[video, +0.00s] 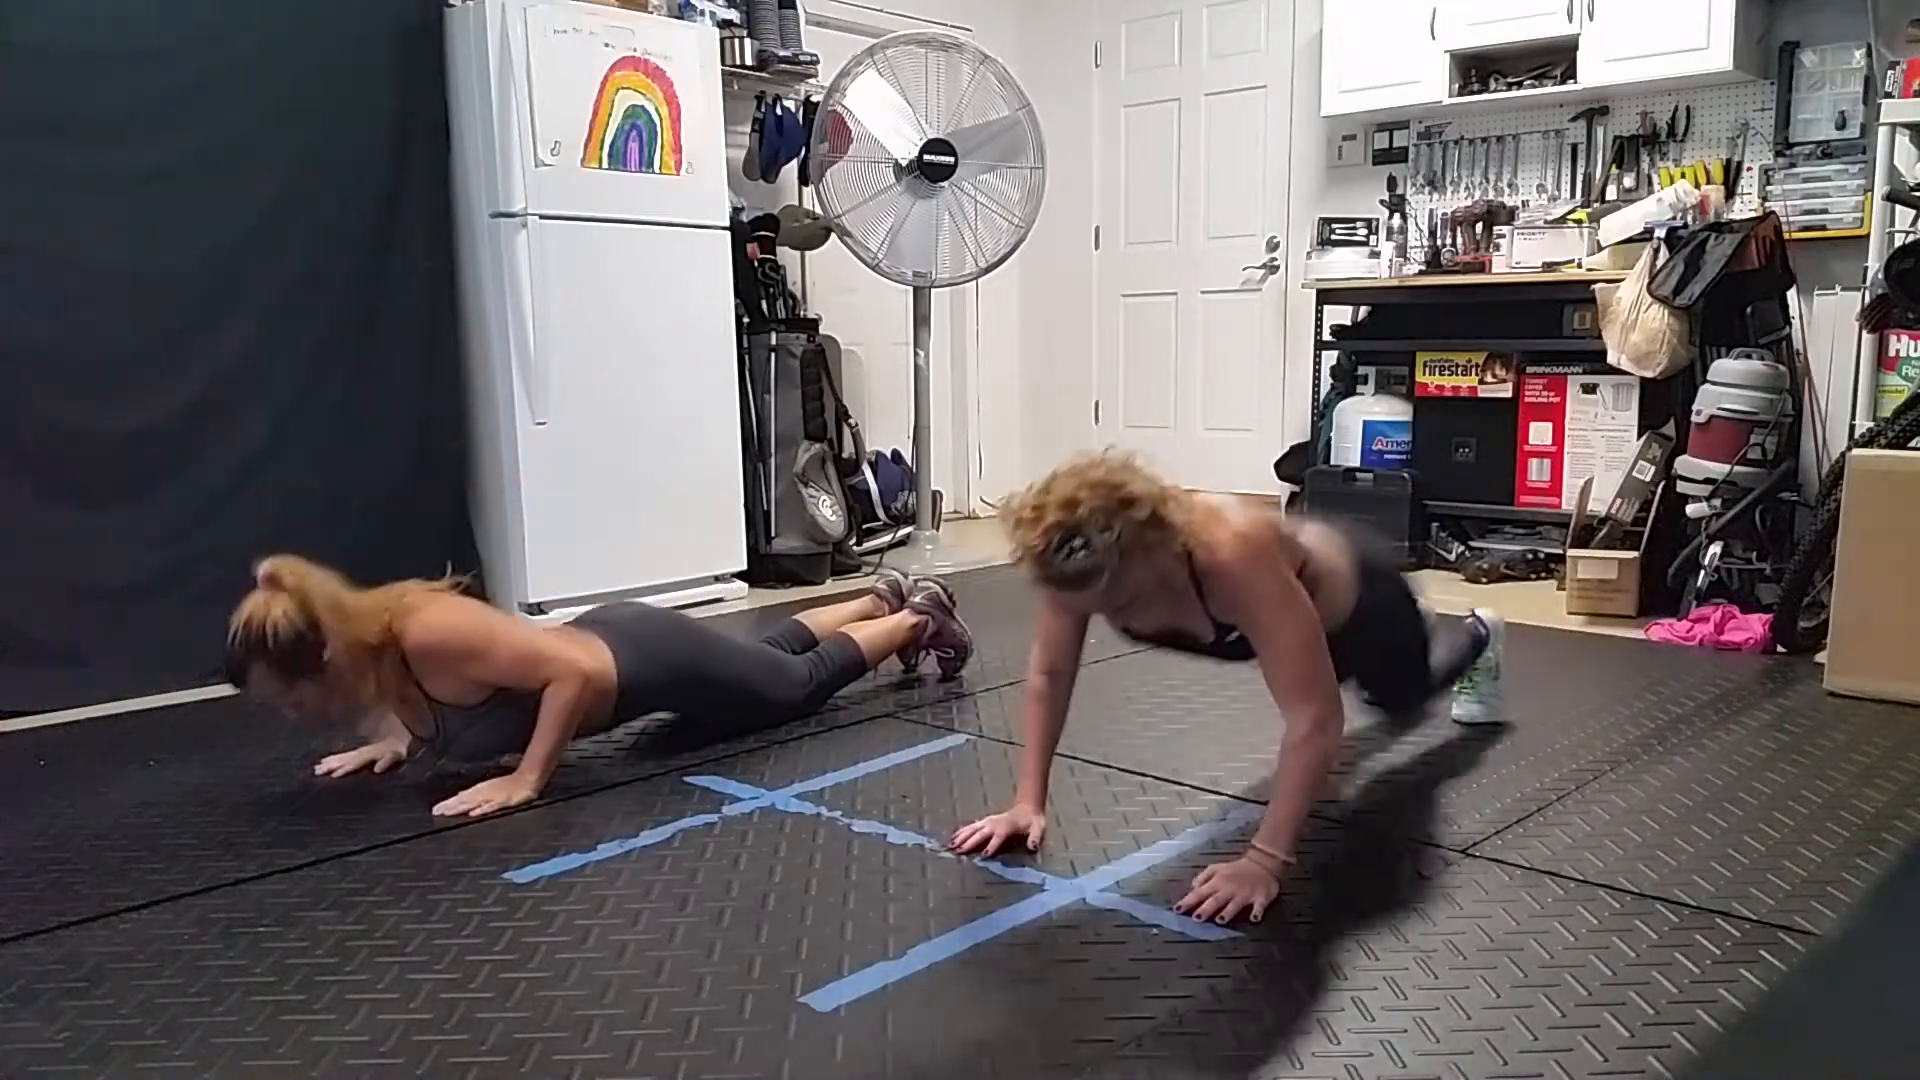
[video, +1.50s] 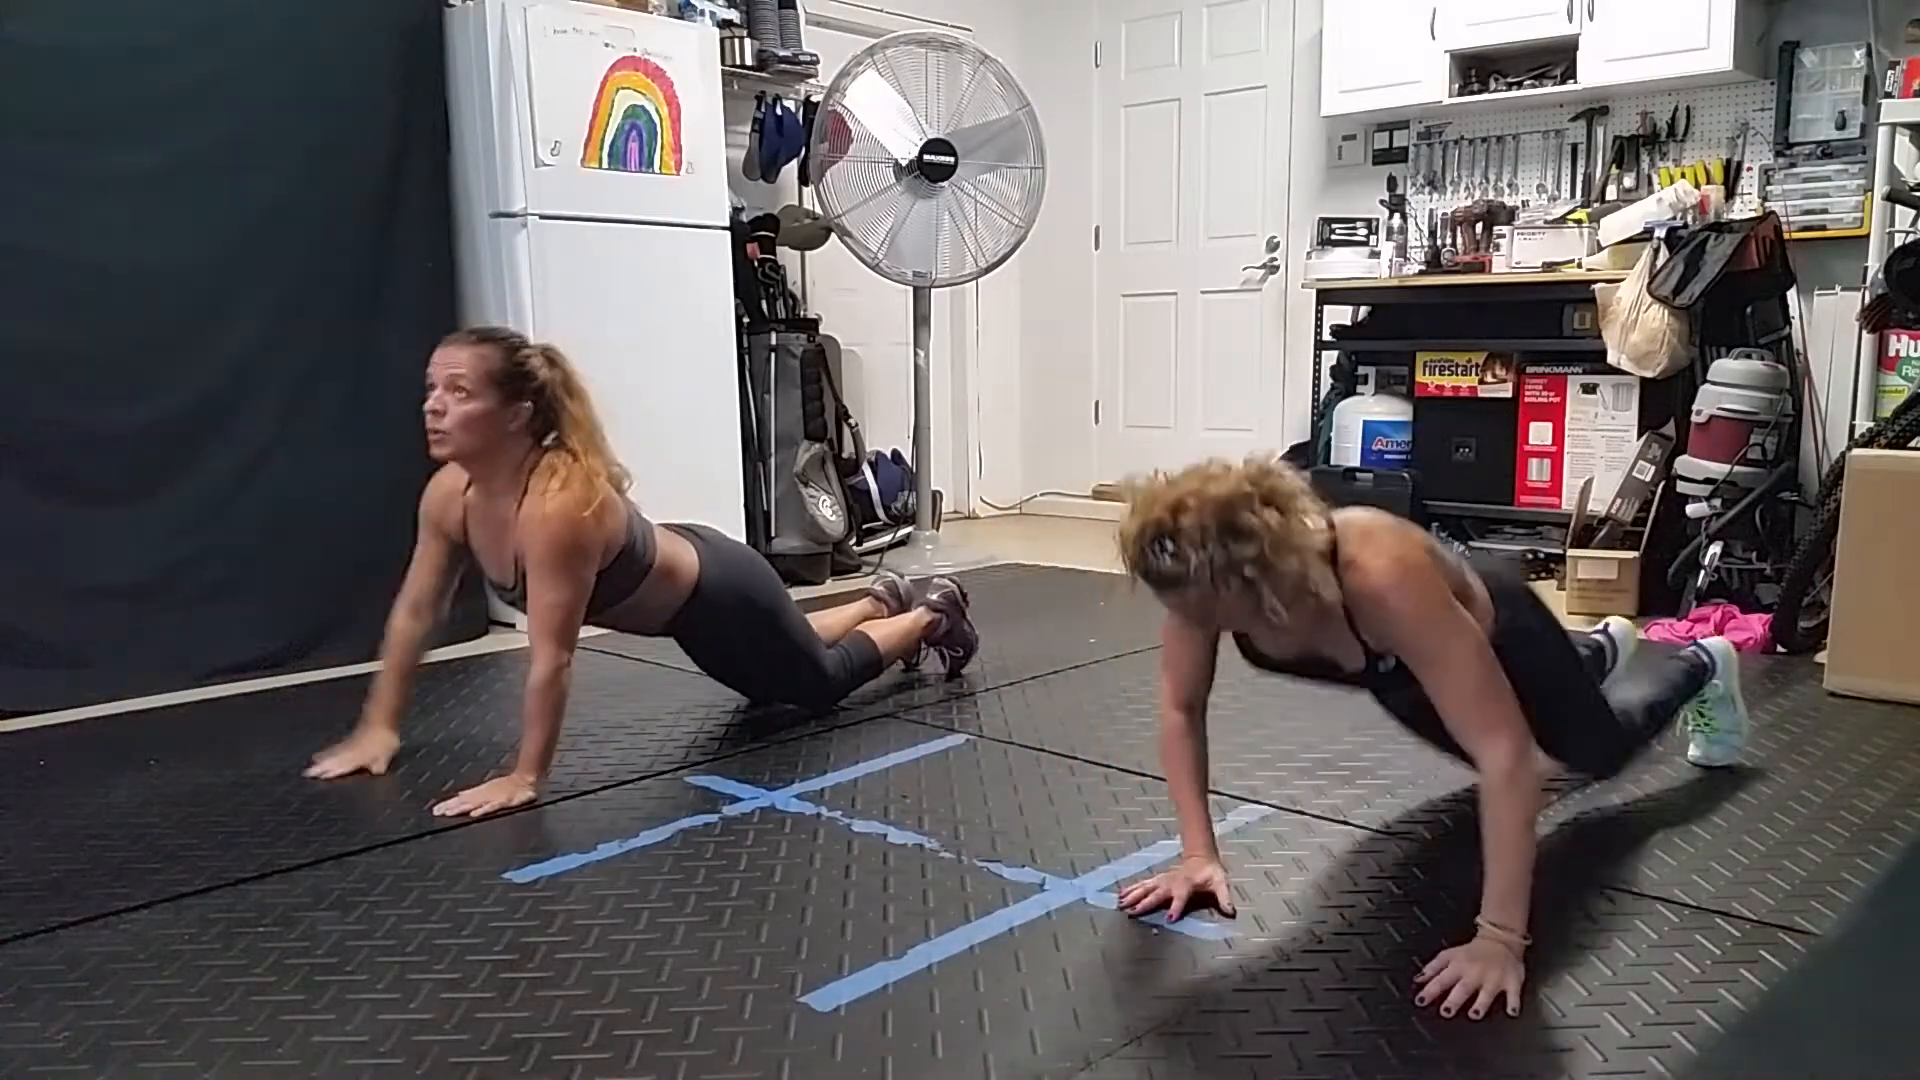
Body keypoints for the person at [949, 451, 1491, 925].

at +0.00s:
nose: (1096, 616)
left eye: (1106, 599)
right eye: (1083, 602)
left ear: (1139, 556)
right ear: (1065, 574)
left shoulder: (1234, 550)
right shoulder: (1077, 558)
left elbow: (1316, 722)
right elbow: (1049, 674)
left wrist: (1264, 858)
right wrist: (1026, 801)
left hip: (1353, 599)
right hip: (1272, 609)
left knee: (1407, 688)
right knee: (1351, 660)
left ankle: (1476, 634)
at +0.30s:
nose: (1187, 591)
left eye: (1198, 573)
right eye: (1175, 573)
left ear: (1246, 540)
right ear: (1169, 534)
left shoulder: (1343, 516)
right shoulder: (1192, 512)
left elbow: (1430, 700)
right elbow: (1160, 655)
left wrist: (1423, 872)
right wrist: (1152, 805)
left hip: (1454, 412)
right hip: (1359, 402)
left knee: (1540, 546)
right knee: (1465, 552)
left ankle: (1621, 634)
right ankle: (1538, 604)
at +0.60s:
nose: (1245, 851)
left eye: (1251, 836)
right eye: (1227, 843)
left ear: (1281, 788)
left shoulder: (1406, 728)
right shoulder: (1248, 695)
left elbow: (1570, 781)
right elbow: (1211, 745)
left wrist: (1506, 937)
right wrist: (1201, 851)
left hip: (1546, 684)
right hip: (1456, 650)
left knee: (1629, 682)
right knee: (1560, 654)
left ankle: (1696, 660)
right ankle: (1615, 630)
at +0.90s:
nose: (1258, 962)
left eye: (1255, 949)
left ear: (1287, 905)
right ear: (1196, 859)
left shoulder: (1397, 846)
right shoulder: (1213, 777)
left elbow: (1574, 784)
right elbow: (1222, 695)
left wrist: (1506, 940)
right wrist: (1188, 850)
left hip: (1522, 725)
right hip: (1417, 700)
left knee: (1622, 700)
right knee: (1547, 673)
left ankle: (1690, 655)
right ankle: (1625, 633)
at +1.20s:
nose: (1182, 758)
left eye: (1188, 739)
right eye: (1174, 741)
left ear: (1227, 721)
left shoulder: (1374, 686)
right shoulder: (1230, 670)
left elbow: (1546, 771)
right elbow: (1198, 738)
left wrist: (1505, 938)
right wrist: (1200, 854)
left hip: (1519, 667)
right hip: (1442, 644)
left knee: (1620, 711)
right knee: (1539, 654)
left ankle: (1701, 652)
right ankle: (1602, 629)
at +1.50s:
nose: (1195, 621)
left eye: (1201, 607)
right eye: (1188, 609)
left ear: (1250, 580)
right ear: (1196, 585)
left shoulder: (1381, 571)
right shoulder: (1202, 572)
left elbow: (1504, 757)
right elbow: (1180, 708)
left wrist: (1499, 936)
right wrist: (1196, 854)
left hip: (1492, 625)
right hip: (1396, 664)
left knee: (1597, 749)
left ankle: (1698, 659)